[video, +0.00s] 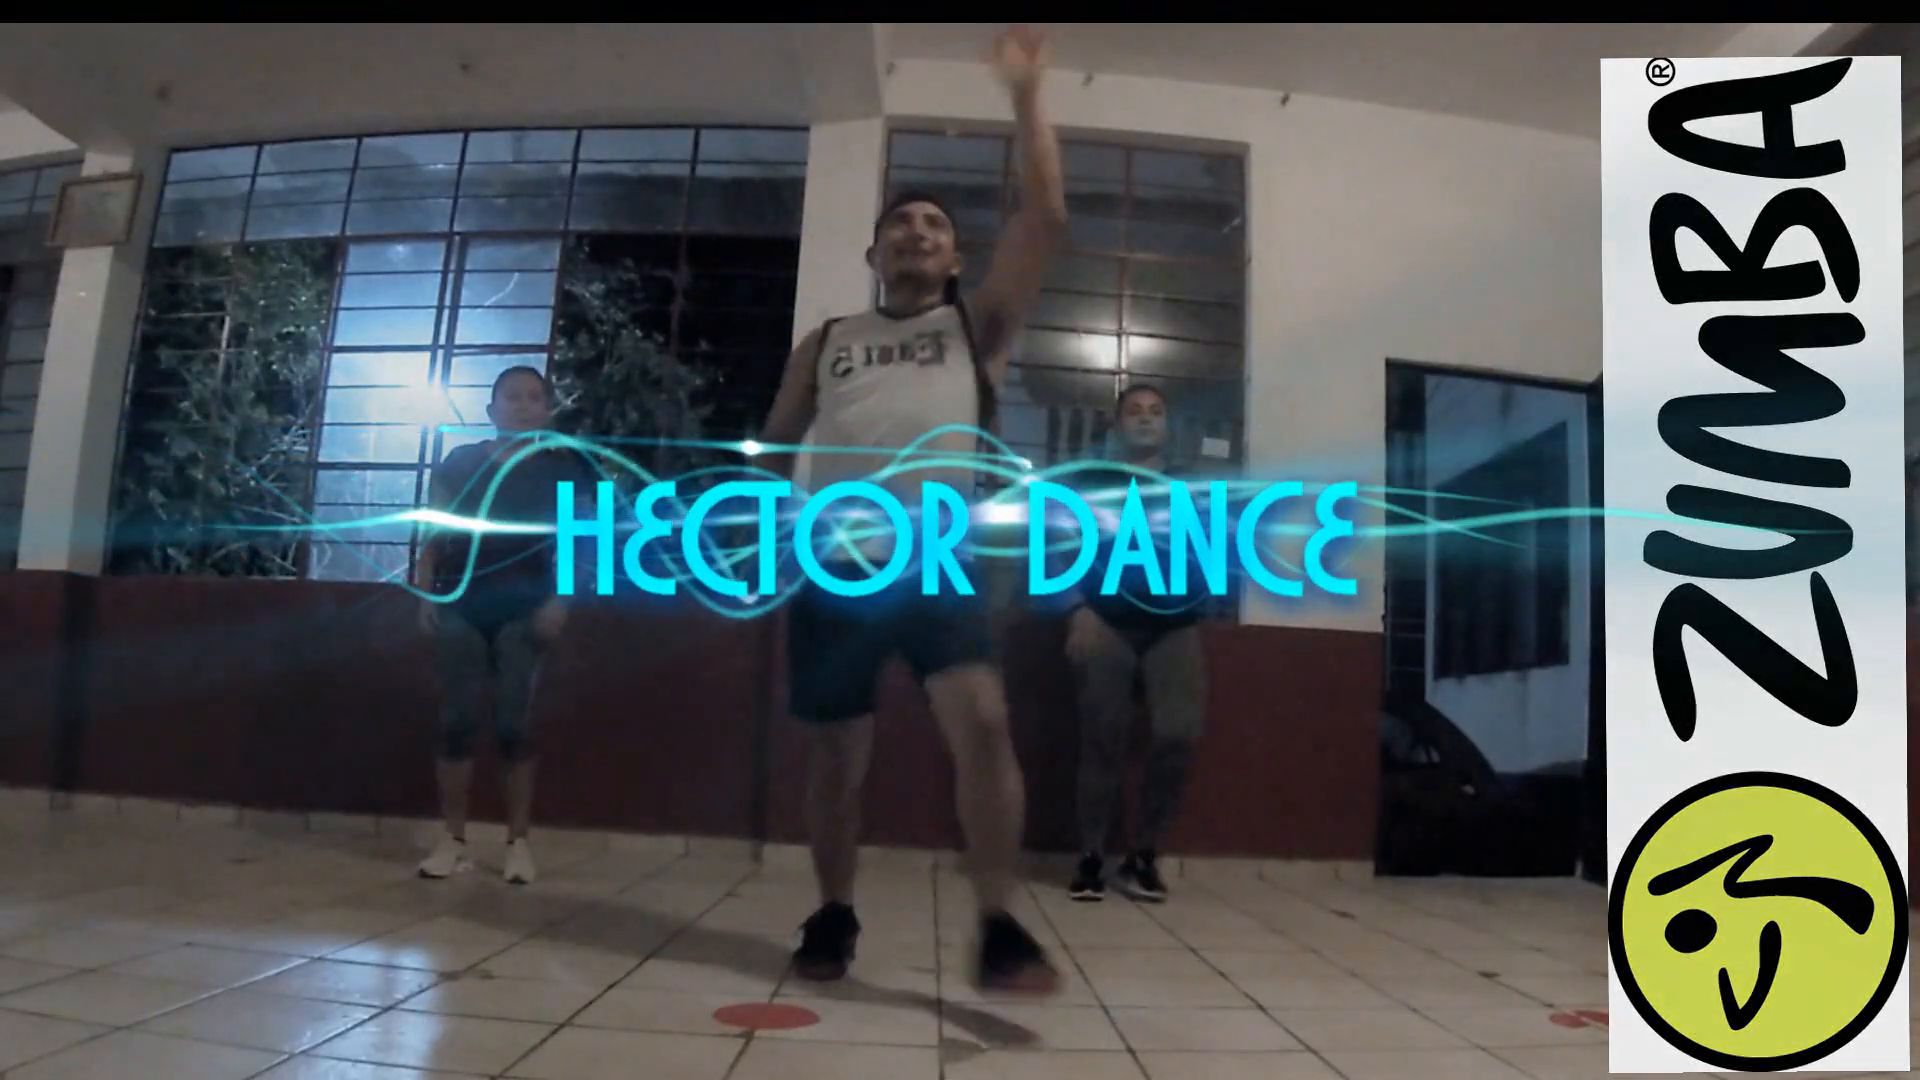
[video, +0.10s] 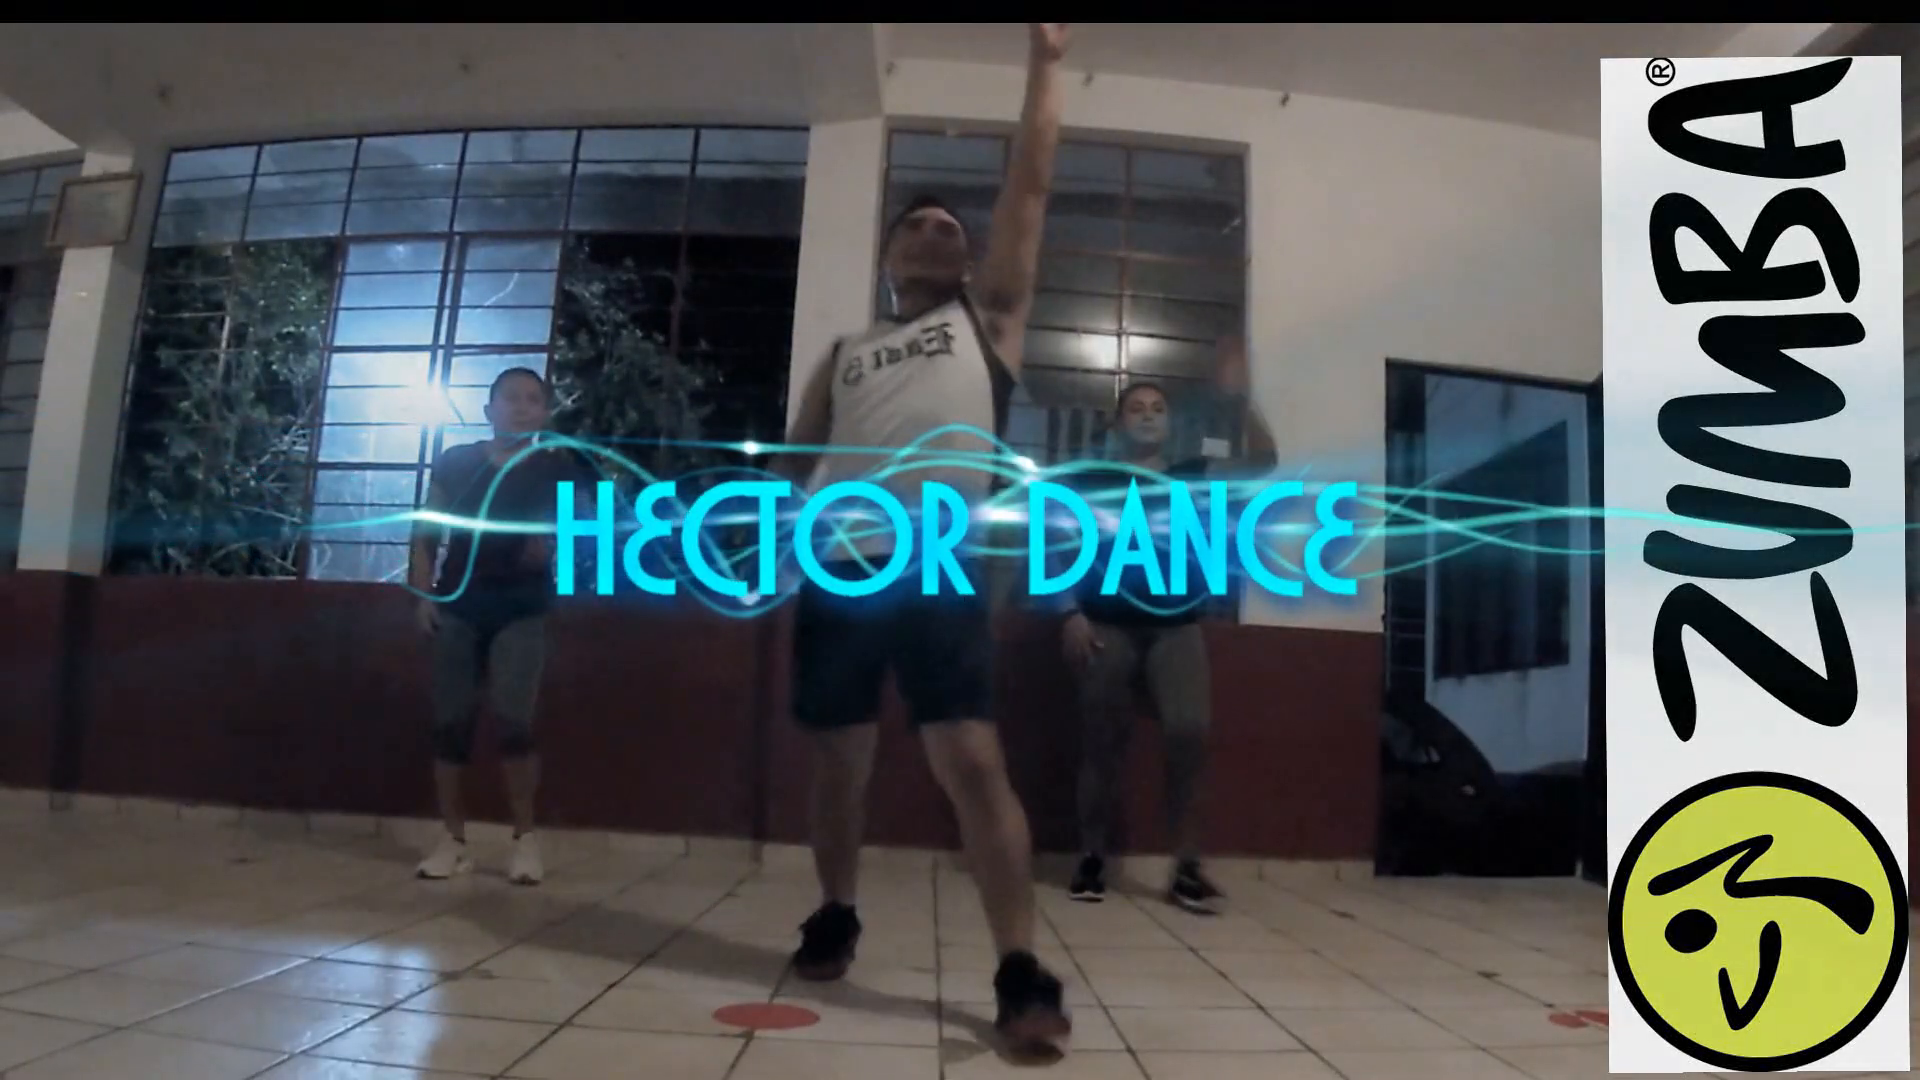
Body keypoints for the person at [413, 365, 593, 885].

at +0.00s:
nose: (524, 407)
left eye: (533, 399)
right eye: (513, 398)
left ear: (549, 408)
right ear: (493, 406)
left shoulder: (565, 466)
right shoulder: (461, 462)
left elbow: (578, 538)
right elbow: (431, 533)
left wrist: (562, 600)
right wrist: (427, 595)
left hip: (525, 613)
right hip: (459, 609)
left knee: (517, 728)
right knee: (456, 724)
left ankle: (518, 843)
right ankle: (452, 840)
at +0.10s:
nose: (523, 409)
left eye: (532, 401)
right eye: (513, 400)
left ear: (547, 411)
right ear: (491, 407)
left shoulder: (560, 468)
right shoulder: (456, 464)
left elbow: (587, 527)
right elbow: (425, 533)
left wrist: (555, 545)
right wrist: (423, 594)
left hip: (523, 609)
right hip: (457, 609)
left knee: (514, 723)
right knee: (449, 724)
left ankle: (525, 841)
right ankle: (452, 842)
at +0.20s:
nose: (525, 408)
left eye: (535, 401)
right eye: (515, 399)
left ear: (546, 413)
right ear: (494, 407)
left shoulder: (552, 462)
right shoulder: (459, 461)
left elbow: (608, 473)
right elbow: (423, 529)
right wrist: (420, 594)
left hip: (523, 610)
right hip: (460, 609)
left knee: (524, 725)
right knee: (451, 727)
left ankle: (540, 848)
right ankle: (452, 843)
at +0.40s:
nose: (531, 407)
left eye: (540, 400)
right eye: (520, 398)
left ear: (552, 413)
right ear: (500, 410)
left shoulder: (566, 460)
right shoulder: (471, 468)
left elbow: (616, 414)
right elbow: (423, 519)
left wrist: (627, 339)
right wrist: (426, 514)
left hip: (530, 610)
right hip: (465, 607)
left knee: (528, 727)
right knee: (420, 711)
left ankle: (547, 853)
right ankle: (439, 833)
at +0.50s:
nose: (522, 406)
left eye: (532, 398)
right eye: (512, 397)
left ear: (546, 409)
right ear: (494, 410)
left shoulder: (561, 457)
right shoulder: (469, 461)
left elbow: (616, 418)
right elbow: (399, 464)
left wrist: (620, 341)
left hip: (525, 610)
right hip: (462, 606)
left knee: (526, 726)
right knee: (404, 704)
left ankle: (547, 855)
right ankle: (405, 835)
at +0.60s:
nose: (512, 409)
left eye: (521, 401)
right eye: (502, 401)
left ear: (534, 413)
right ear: (482, 411)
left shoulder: (549, 463)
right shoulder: (460, 455)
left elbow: (608, 432)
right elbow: (405, 401)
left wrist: (608, 360)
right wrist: (400, 330)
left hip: (517, 610)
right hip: (451, 605)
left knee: (522, 727)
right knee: (400, 716)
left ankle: (547, 855)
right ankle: (379, 845)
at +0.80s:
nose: (495, 407)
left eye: (502, 399)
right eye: (484, 397)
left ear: (513, 409)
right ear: (460, 405)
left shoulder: (524, 470)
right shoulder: (435, 449)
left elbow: (593, 505)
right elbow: (390, 380)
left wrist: (567, 452)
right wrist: (401, 308)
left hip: (496, 610)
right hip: (427, 605)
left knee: (516, 721)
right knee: (391, 721)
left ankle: (541, 844)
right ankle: (380, 848)